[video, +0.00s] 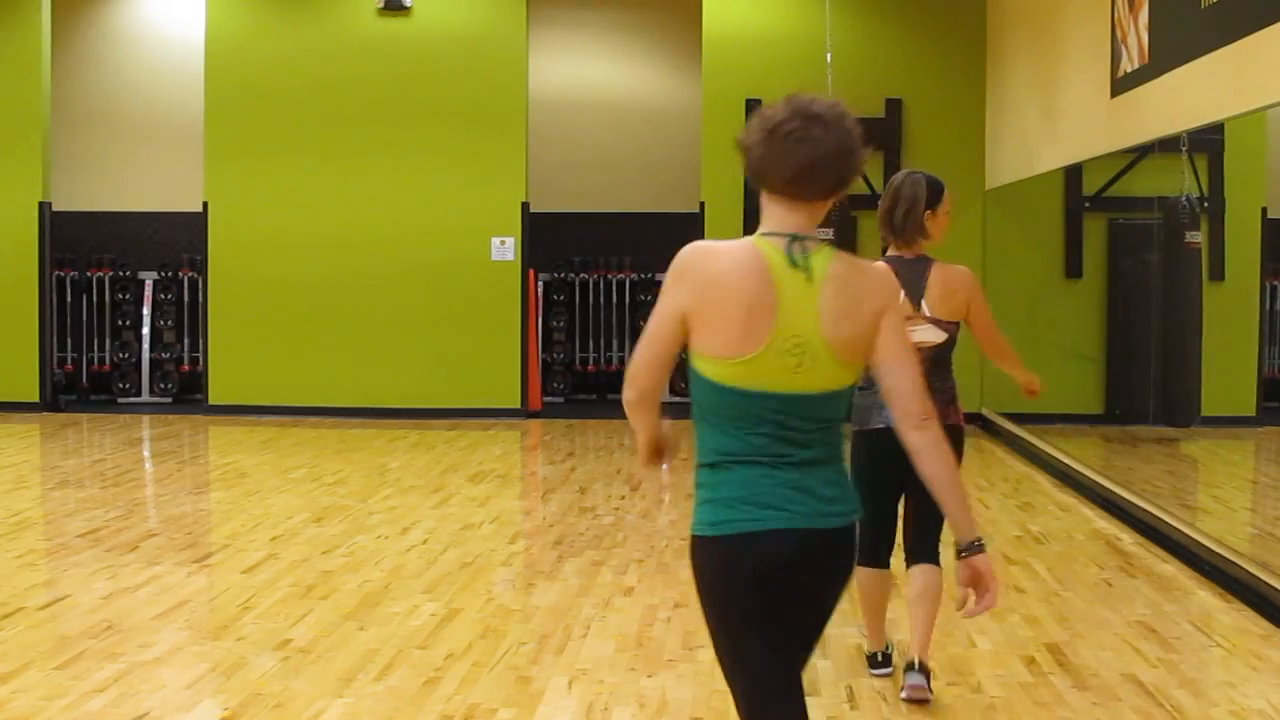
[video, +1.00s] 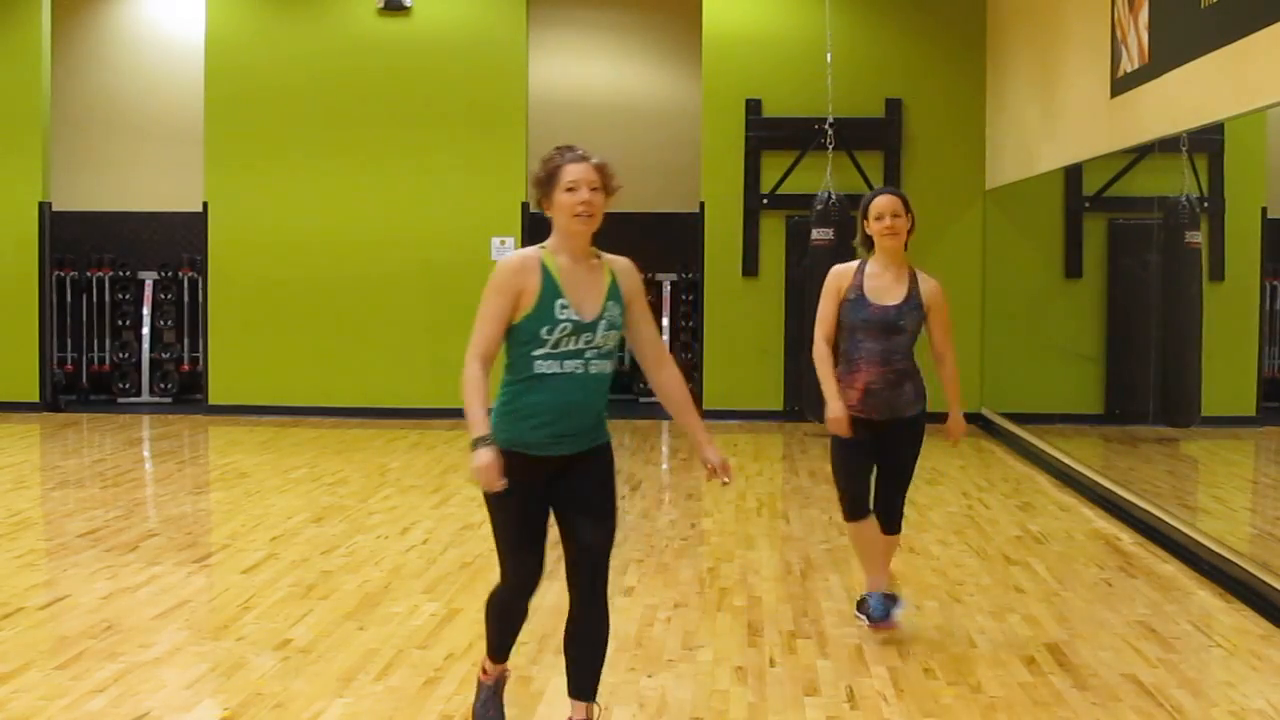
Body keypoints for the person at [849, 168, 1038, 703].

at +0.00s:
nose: (949, 220)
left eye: (948, 211)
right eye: (946, 212)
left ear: (890, 215)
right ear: (929, 217)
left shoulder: (866, 278)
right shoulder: (957, 281)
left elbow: (846, 344)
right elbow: (993, 344)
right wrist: (1023, 375)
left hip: (874, 428)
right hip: (935, 427)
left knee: (873, 536)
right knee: (924, 542)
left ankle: (877, 648)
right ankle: (918, 663)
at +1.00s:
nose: (889, 223)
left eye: (896, 216)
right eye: (879, 217)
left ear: (909, 223)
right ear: (867, 226)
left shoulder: (927, 288)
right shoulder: (842, 277)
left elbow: (943, 352)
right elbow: (821, 342)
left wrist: (955, 409)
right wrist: (833, 400)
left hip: (903, 414)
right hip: (850, 412)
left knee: (890, 507)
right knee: (853, 504)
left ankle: (876, 591)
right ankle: (879, 589)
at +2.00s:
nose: (881, 219)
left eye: (891, 213)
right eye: (875, 212)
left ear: (908, 223)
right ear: (865, 220)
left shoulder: (925, 281)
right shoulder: (841, 276)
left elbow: (940, 346)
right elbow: (821, 343)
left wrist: (951, 404)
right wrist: (818, 402)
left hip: (915, 406)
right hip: (859, 407)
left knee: (920, 504)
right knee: (852, 502)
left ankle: (921, 602)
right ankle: (837, 585)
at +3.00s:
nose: (928, 214)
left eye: (937, 207)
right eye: (918, 205)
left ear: (949, 215)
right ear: (902, 211)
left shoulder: (967, 277)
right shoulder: (873, 273)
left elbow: (980, 351)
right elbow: (854, 347)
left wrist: (989, 416)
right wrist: (864, 409)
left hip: (951, 422)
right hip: (891, 424)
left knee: (972, 532)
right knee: (903, 534)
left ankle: (979, 639)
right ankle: (916, 636)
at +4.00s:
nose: (977, 203)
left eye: (986, 196)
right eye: (966, 199)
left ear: (1001, 215)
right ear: (951, 220)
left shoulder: (1029, 285)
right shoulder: (929, 280)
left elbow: (1038, 364)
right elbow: (898, 353)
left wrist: (1041, 434)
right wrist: (894, 427)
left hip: (1019, 441)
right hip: (954, 443)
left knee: (1056, 551)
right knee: (918, 555)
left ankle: (1066, 661)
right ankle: (882, 656)